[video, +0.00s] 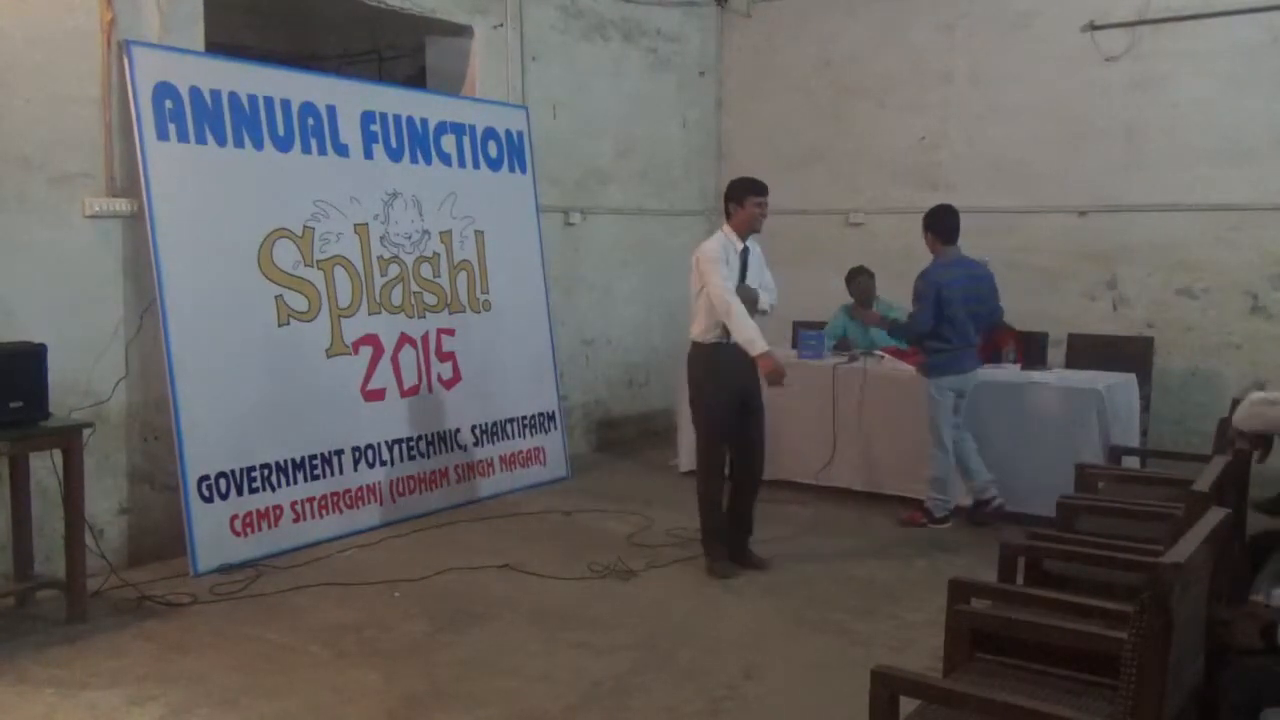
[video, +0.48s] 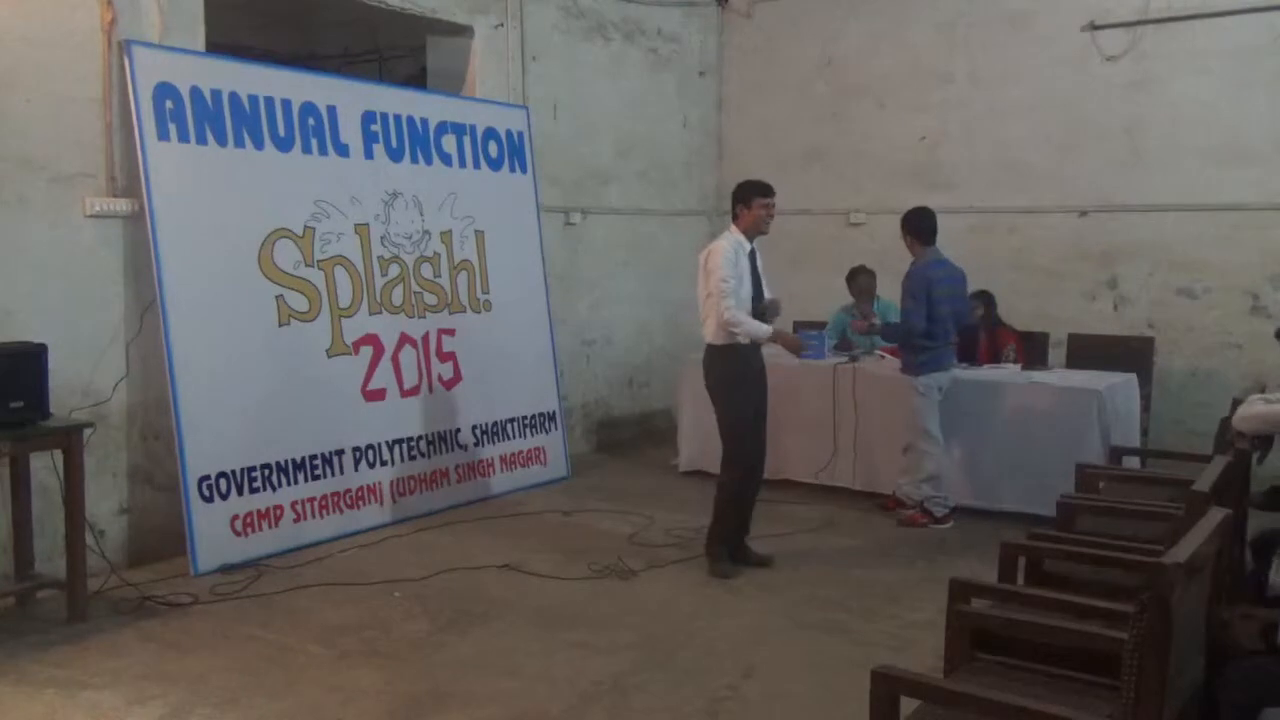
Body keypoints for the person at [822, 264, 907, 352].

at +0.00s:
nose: (865, 290)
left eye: (869, 285)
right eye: (859, 286)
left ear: (875, 287)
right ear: (850, 292)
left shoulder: (891, 309)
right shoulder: (844, 314)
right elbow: (827, 339)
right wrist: (837, 345)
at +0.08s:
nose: (864, 290)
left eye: (868, 285)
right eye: (858, 285)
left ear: (874, 287)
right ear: (849, 291)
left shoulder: (890, 309)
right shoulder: (843, 314)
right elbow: (826, 340)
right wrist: (837, 345)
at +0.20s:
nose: (864, 293)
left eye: (868, 287)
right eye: (859, 289)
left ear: (874, 288)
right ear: (850, 292)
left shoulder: (890, 310)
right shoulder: (843, 315)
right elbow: (826, 341)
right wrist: (837, 346)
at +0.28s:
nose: (864, 291)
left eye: (868, 286)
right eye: (859, 287)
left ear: (874, 288)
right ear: (850, 291)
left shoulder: (890, 310)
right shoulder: (842, 314)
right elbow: (827, 340)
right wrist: (838, 345)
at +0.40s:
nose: (865, 294)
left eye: (868, 289)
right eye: (859, 290)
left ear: (875, 288)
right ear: (850, 292)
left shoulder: (891, 309)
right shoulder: (843, 314)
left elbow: (899, 338)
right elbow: (828, 339)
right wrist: (838, 345)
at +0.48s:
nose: (865, 293)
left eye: (869, 288)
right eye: (860, 290)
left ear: (875, 288)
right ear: (851, 291)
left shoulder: (889, 309)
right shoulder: (843, 314)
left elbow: (896, 337)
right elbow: (827, 338)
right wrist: (837, 345)